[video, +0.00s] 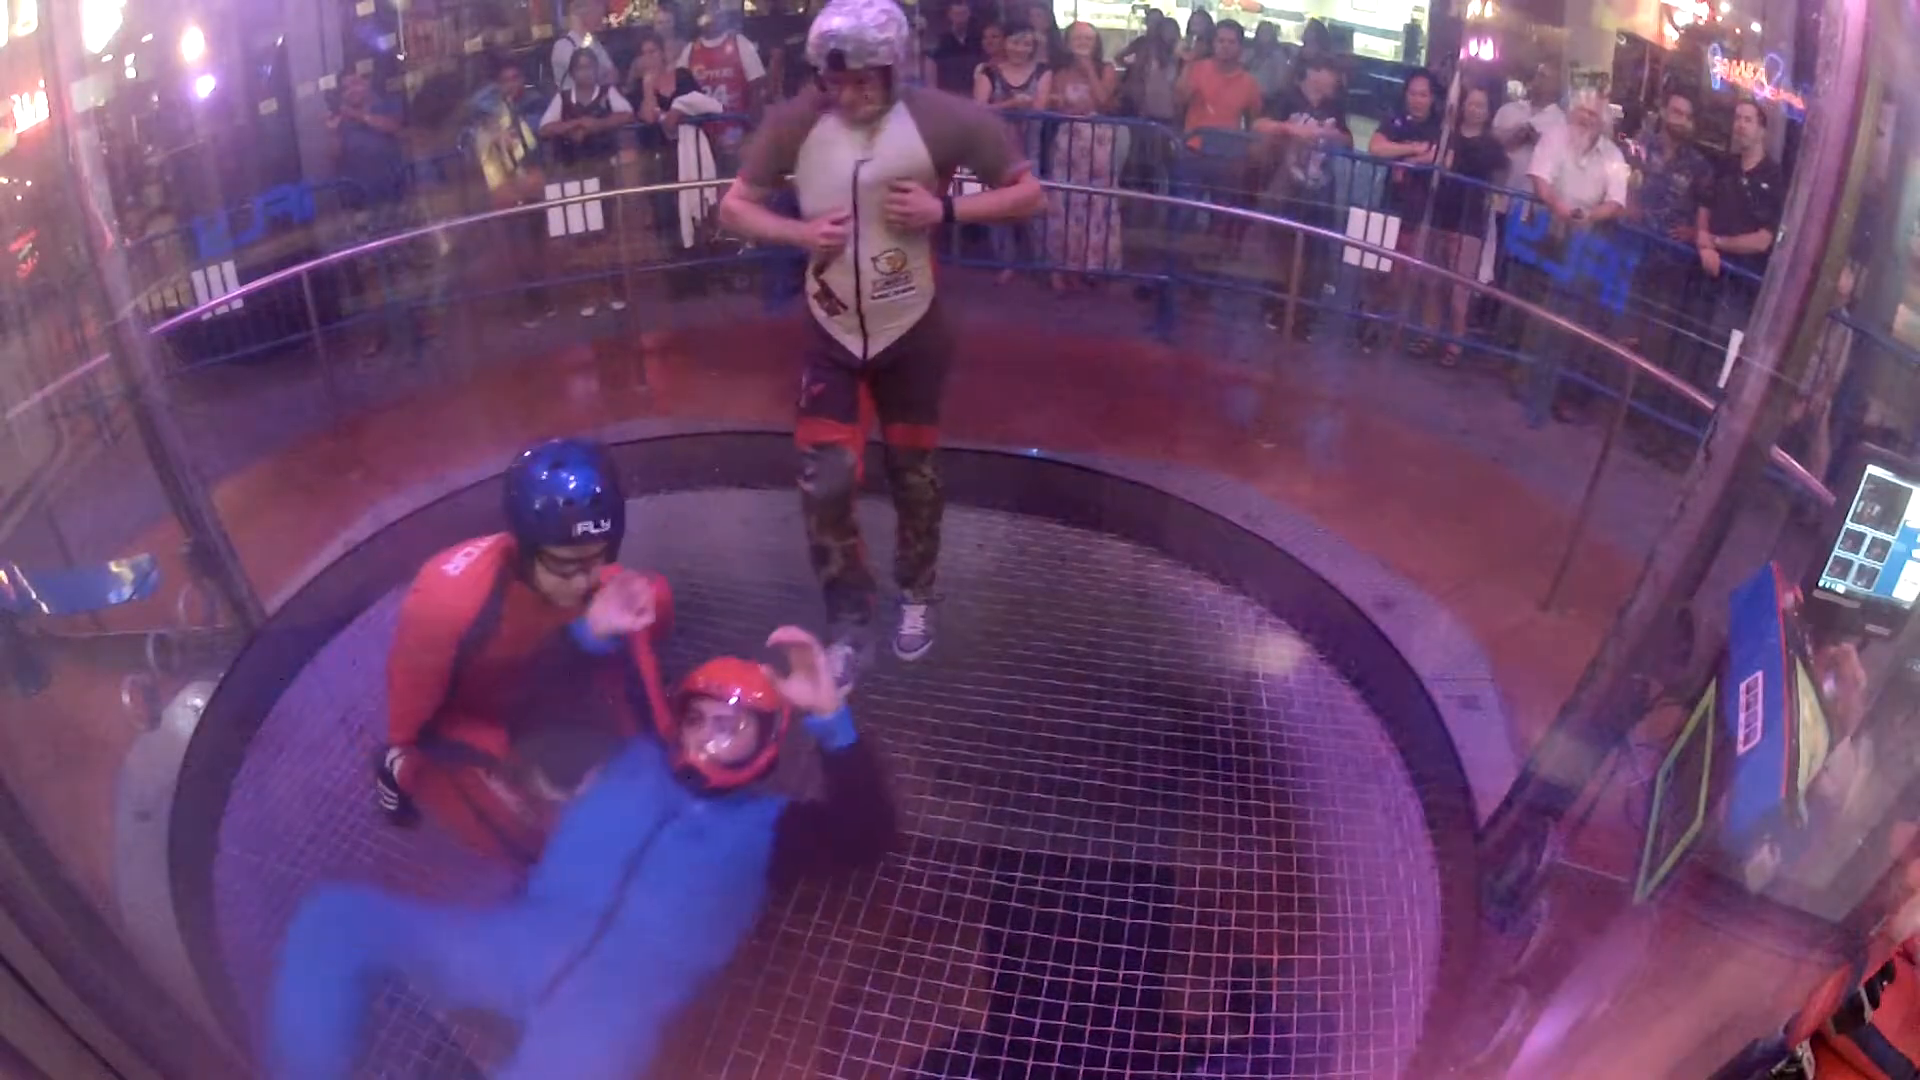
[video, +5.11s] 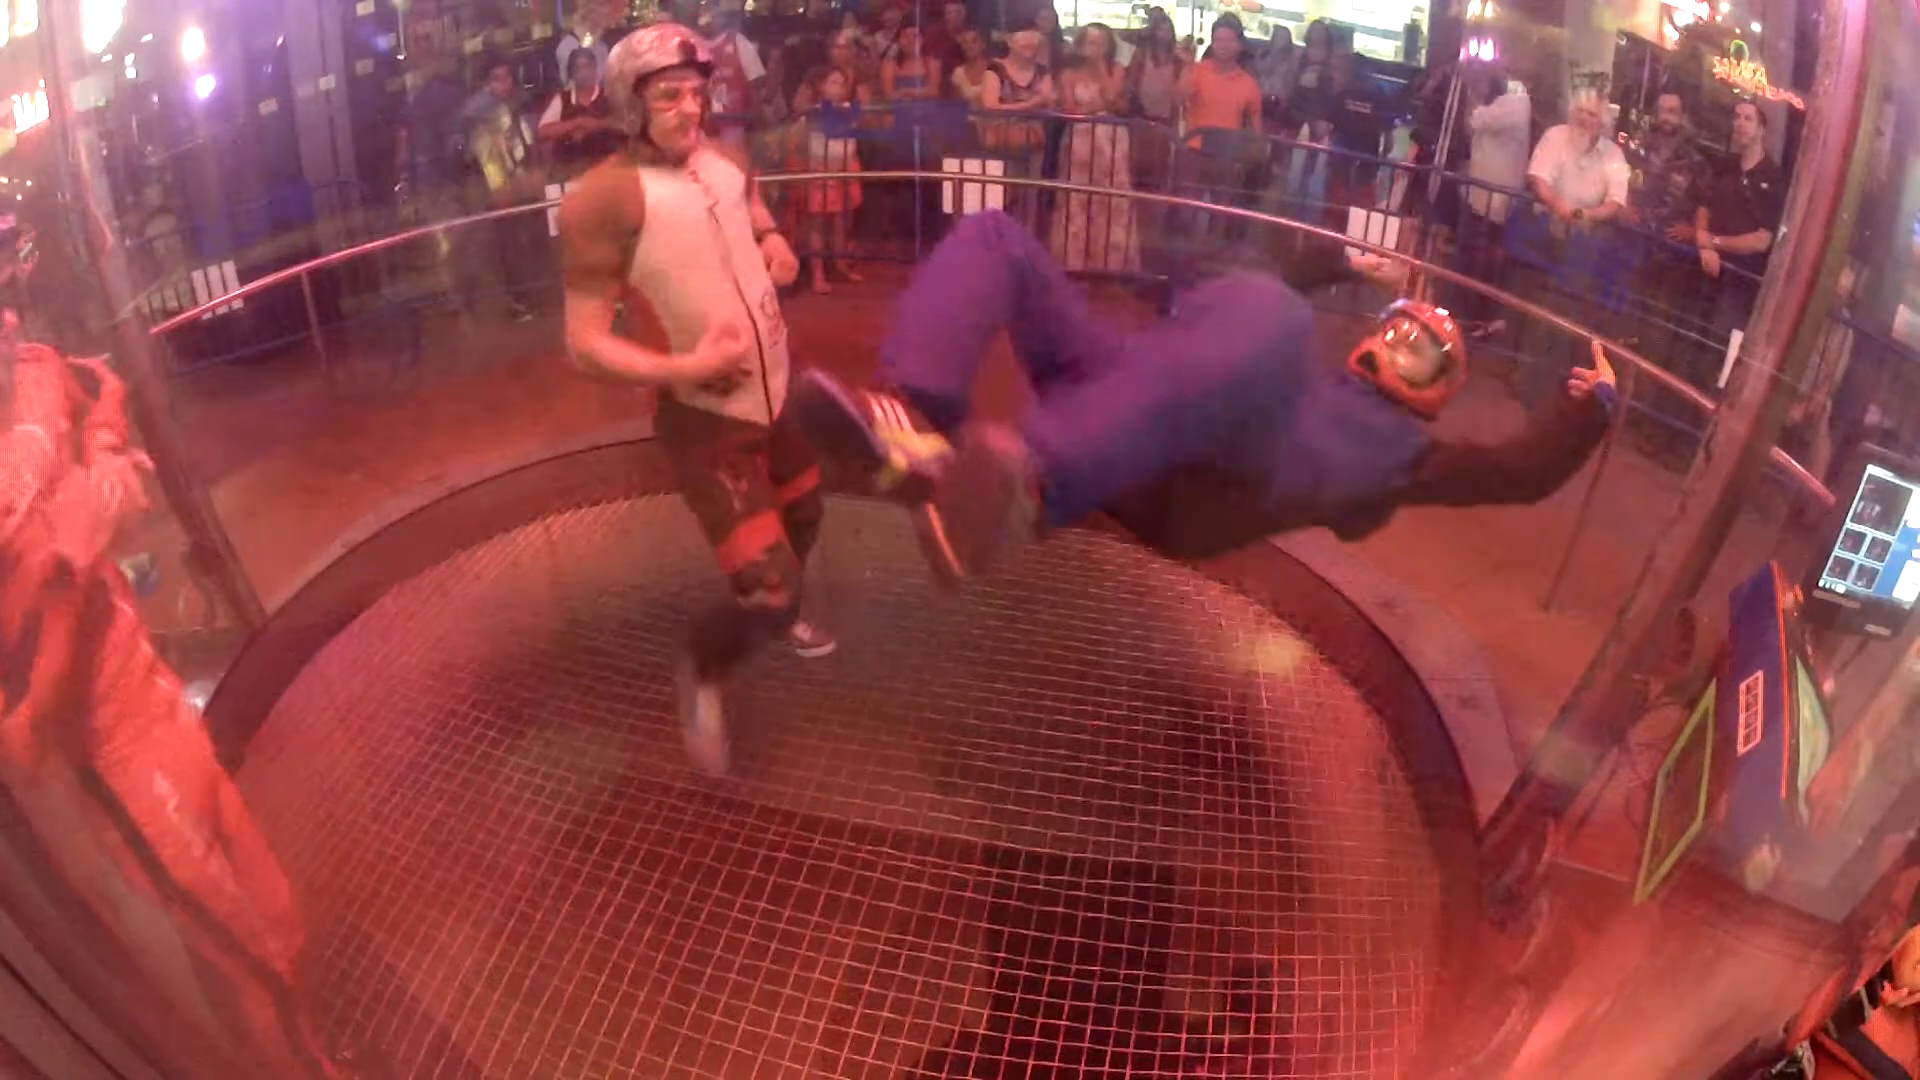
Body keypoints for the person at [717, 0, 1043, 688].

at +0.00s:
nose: (852, 95)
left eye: (867, 81)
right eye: (839, 81)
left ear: (895, 72)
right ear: (821, 73)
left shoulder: (945, 120)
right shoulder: (795, 122)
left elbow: (1029, 193)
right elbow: (732, 205)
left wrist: (947, 207)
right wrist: (800, 231)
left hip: (912, 329)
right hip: (830, 331)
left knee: (911, 477)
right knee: (822, 485)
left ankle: (917, 596)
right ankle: (849, 622)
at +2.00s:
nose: (905, 79)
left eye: (914, 66)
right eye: (892, 67)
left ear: (925, 64)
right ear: (855, 64)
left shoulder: (922, 114)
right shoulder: (810, 128)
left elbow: (918, 178)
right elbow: (799, 241)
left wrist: (948, 171)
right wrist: (895, 210)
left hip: (921, 308)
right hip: (856, 316)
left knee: (928, 427)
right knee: (873, 434)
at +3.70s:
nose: (843, 167)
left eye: (847, 153)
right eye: (832, 160)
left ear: (864, 132)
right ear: (824, 154)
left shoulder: (900, 124)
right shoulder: (836, 180)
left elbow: (950, 147)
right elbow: (860, 208)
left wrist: (966, 118)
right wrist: (935, 147)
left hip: (915, 315)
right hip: (865, 319)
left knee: (918, 440)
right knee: (878, 456)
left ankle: (880, 550)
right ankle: (834, 569)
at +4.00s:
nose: (869, 84)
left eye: (874, 71)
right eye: (854, 71)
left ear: (887, 83)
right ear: (832, 84)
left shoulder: (895, 131)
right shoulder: (801, 139)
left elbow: (943, 153)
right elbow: (767, 210)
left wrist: (940, 144)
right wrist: (854, 183)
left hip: (895, 311)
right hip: (835, 316)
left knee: (900, 442)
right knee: (865, 459)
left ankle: (876, 553)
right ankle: (821, 563)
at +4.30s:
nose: (772, 46)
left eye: (781, 32)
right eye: (758, 34)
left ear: (793, 40)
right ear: (732, 48)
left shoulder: (838, 124)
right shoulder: (717, 135)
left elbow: (874, 204)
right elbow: (686, 241)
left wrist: (864, 203)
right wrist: (790, 247)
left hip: (831, 320)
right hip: (766, 326)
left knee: (879, 436)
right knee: (765, 483)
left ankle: (869, 550)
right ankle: (713, 579)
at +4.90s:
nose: (695, 85)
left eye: (703, 71)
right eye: (677, 73)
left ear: (716, 77)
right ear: (646, 85)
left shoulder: (734, 138)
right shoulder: (620, 166)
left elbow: (776, 203)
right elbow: (606, 286)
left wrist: (777, 221)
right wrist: (688, 272)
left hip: (773, 355)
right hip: (702, 370)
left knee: (801, 494)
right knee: (747, 523)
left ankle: (773, 606)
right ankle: (713, 597)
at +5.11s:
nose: (684, 107)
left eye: (693, 92)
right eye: (665, 95)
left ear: (706, 96)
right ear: (631, 108)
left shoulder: (726, 166)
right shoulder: (604, 197)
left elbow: (764, 231)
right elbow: (585, 340)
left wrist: (777, 250)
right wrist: (686, 368)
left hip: (775, 397)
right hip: (706, 421)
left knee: (803, 525)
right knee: (770, 596)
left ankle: (789, 617)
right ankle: (701, 667)